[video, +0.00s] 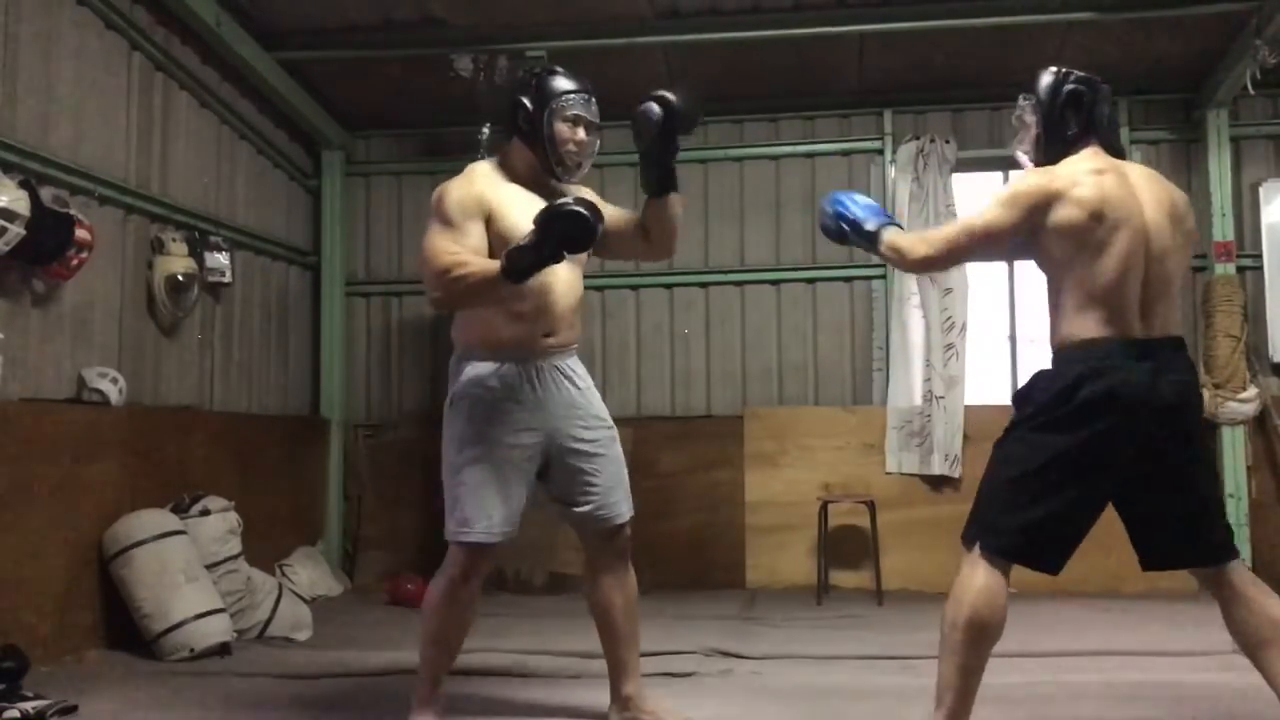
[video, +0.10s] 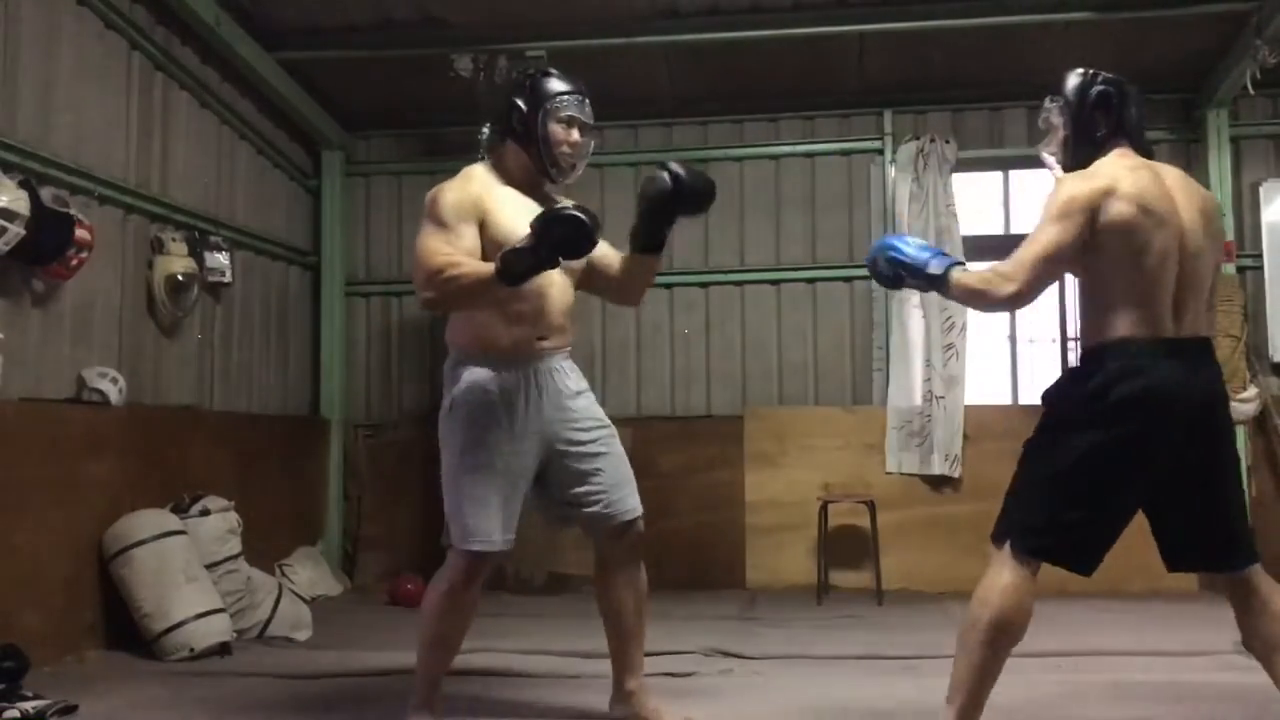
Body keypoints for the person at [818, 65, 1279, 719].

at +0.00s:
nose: (1019, 143)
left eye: (1023, 128)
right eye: (1019, 128)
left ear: (1051, 127)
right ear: (1097, 125)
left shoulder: (1046, 188)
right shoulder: (1172, 197)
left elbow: (927, 253)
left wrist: (873, 232)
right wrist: (1038, 187)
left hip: (1081, 391)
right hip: (1173, 391)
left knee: (987, 556)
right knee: (1226, 569)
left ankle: (949, 712)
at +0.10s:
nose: (1043, 139)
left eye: (1050, 123)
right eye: (1044, 123)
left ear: (1084, 124)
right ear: (1122, 125)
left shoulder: (1088, 187)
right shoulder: (1198, 195)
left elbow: (1007, 287)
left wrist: (931, 269)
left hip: (1111, 393)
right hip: (1199, 393)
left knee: (1015, 557)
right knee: (1242, 574)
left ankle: (959, 709)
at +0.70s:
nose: (1043, 142)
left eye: (1044, 125)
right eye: (1039, 129)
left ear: (1066, 117)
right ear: (1119, 114)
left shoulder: (1095, 169)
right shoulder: (1187, 177)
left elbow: (984, 234)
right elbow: (1170, 311)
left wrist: (959, 161)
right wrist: (1066, 305)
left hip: (1141, 377)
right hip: (1224, 376)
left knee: (1035, 543)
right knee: (1241, 556)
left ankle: (1034, 712)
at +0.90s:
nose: (1060, 131)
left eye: (1064, 113)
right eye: (1057, 115)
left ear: (1098, 109)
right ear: (1135, 109)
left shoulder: (1127, 166)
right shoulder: (1201, 174)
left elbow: (1032, 252)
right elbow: (1155, 313)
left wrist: (985, 189)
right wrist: (1068, 282)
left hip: (1156, 379)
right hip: (1239, 376)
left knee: (1061, 549)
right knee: (1272, 563)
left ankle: (1038, 711)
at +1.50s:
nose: (1049, 139)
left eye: (1059, 122)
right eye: (1046, 126)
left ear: (1106, 119)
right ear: (1118, 125)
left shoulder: (1141, 181)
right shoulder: (1174, 183)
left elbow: (1109, 305)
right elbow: (1134, 290)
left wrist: (1023, 260)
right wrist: (1057, 244)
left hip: (1161, 390)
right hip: (1218, 390)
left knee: (1037, 548)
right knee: (1239, 571)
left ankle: (1030, 713)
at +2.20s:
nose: (1021, 123)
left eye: (1029, 106)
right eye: (1021, 108)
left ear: (1069, 103)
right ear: (1099, 106)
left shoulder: (1097, 162)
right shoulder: (1154, 175)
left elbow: (1004, 244)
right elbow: (1146, 300)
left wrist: (957, 175)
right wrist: (1053, 296)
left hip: (1128, 374)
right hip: (1197, 378)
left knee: (1030, 545)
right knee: (1196, 565)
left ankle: (1028, 712)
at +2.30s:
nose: (1040, 113)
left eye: (1048, 96)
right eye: (1038, 98)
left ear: (1087, 92)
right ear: (1118, 95)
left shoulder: (1095, 152)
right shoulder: (1182, 169)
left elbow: (984, 234)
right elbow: (1129, 298)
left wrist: (912, 186)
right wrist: (1046, 268)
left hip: (1129, 358)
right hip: (1202, 364)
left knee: (1035, 538)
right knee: (1142, 554)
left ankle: (1024, 712)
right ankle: (1180, 712)